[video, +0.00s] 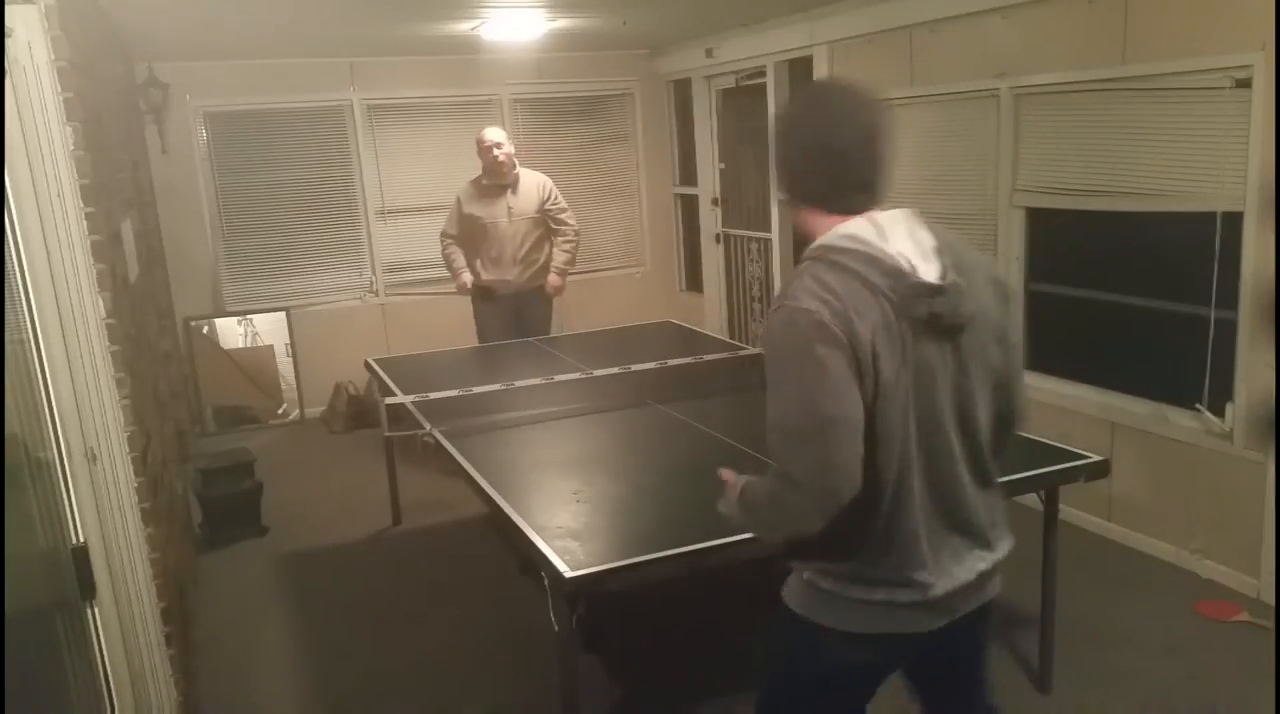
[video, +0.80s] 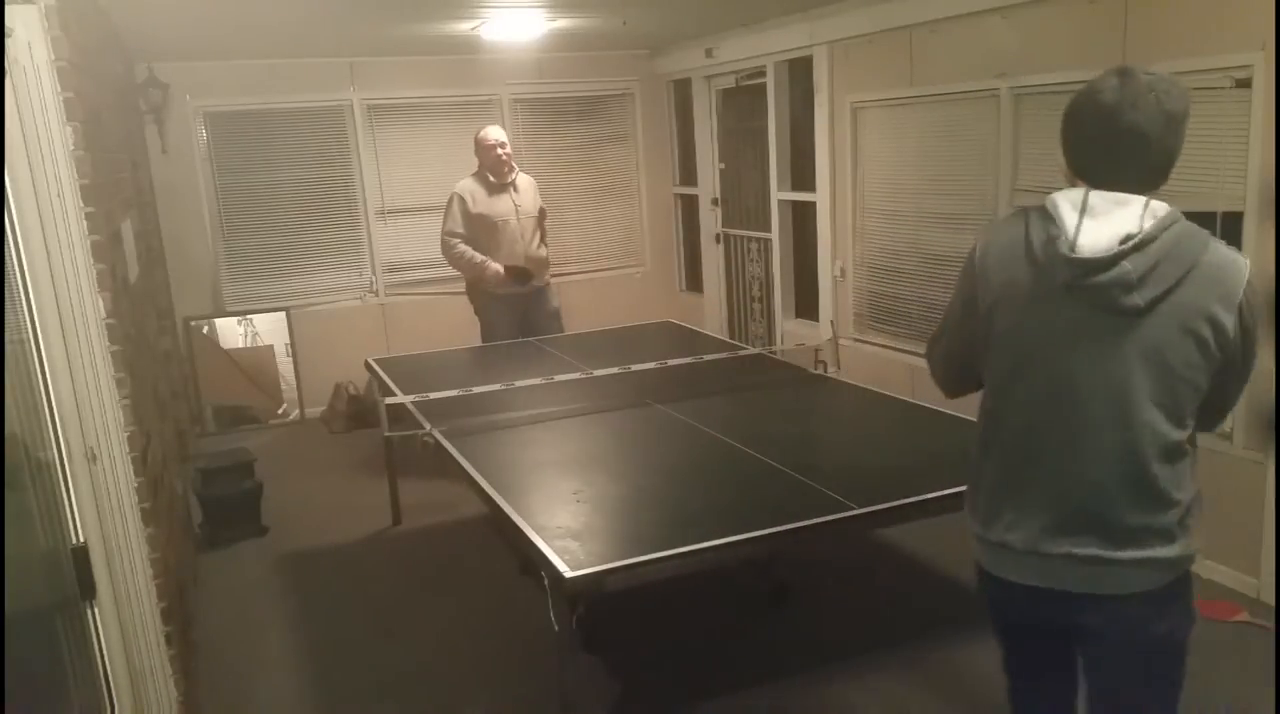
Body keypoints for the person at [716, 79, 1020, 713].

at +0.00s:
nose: (777, 174)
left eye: (782, 159)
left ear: (788, 175)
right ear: (876, 163)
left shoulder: (813, 306)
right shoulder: (974, 271)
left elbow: (821, 485)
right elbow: (1004, 418)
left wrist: (744, 499)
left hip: (851, 612)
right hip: (967, 595)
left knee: (796, 703)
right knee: (963, 704)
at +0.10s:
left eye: (852, 139)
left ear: (857, 158)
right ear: (957, 159)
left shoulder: (838, 295)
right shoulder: (1035, 274)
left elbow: (814, 471)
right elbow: (1072, 406)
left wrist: (773, 482)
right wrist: (985, 400)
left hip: (871, 607)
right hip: (1003, 600)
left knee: (830, 702)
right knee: (1004, 704)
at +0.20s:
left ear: (924, 173)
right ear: (1023, 178)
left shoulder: (885, 292)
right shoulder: (1092, 278)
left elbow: (827, 462)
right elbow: (1139, 404)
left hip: (906, 611)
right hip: (1047, 610)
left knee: (858, 702)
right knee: (1055, 704)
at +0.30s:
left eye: (978, 143)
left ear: (979, 159)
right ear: (1081, 170)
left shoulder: (923, 287)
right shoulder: (1142, 276)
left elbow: (871, 431)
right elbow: (1170, 398)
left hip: (939, 599)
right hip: (1086, 604)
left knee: (873, 704)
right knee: (1080, 706)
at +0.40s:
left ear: (1006, 152)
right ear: (1110, 163)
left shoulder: (947, 273)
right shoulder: (1172, 271)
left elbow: (892, 408)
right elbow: (1174, 392)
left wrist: (979, 385)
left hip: (956, 592)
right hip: (1103, 601)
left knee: (888, 701)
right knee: (1093, 706)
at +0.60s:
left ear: (1051, 147)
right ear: (1156, 157)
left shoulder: (989, 246)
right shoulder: (1214, 270)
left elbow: (933, 364)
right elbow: (1220, 392)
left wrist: (1022, 315)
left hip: (984, 581)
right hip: (1126, 593)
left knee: (965, 701)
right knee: (1115, 705)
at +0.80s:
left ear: (1067, 151)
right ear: (1168, 164)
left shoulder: (1002, 249)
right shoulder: (1224, 275)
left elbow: (951, 372)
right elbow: (1208, 410)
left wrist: (1037, 332)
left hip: (1015, 575)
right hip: (1139, 586)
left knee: (1036, 704)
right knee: (1133, 706)